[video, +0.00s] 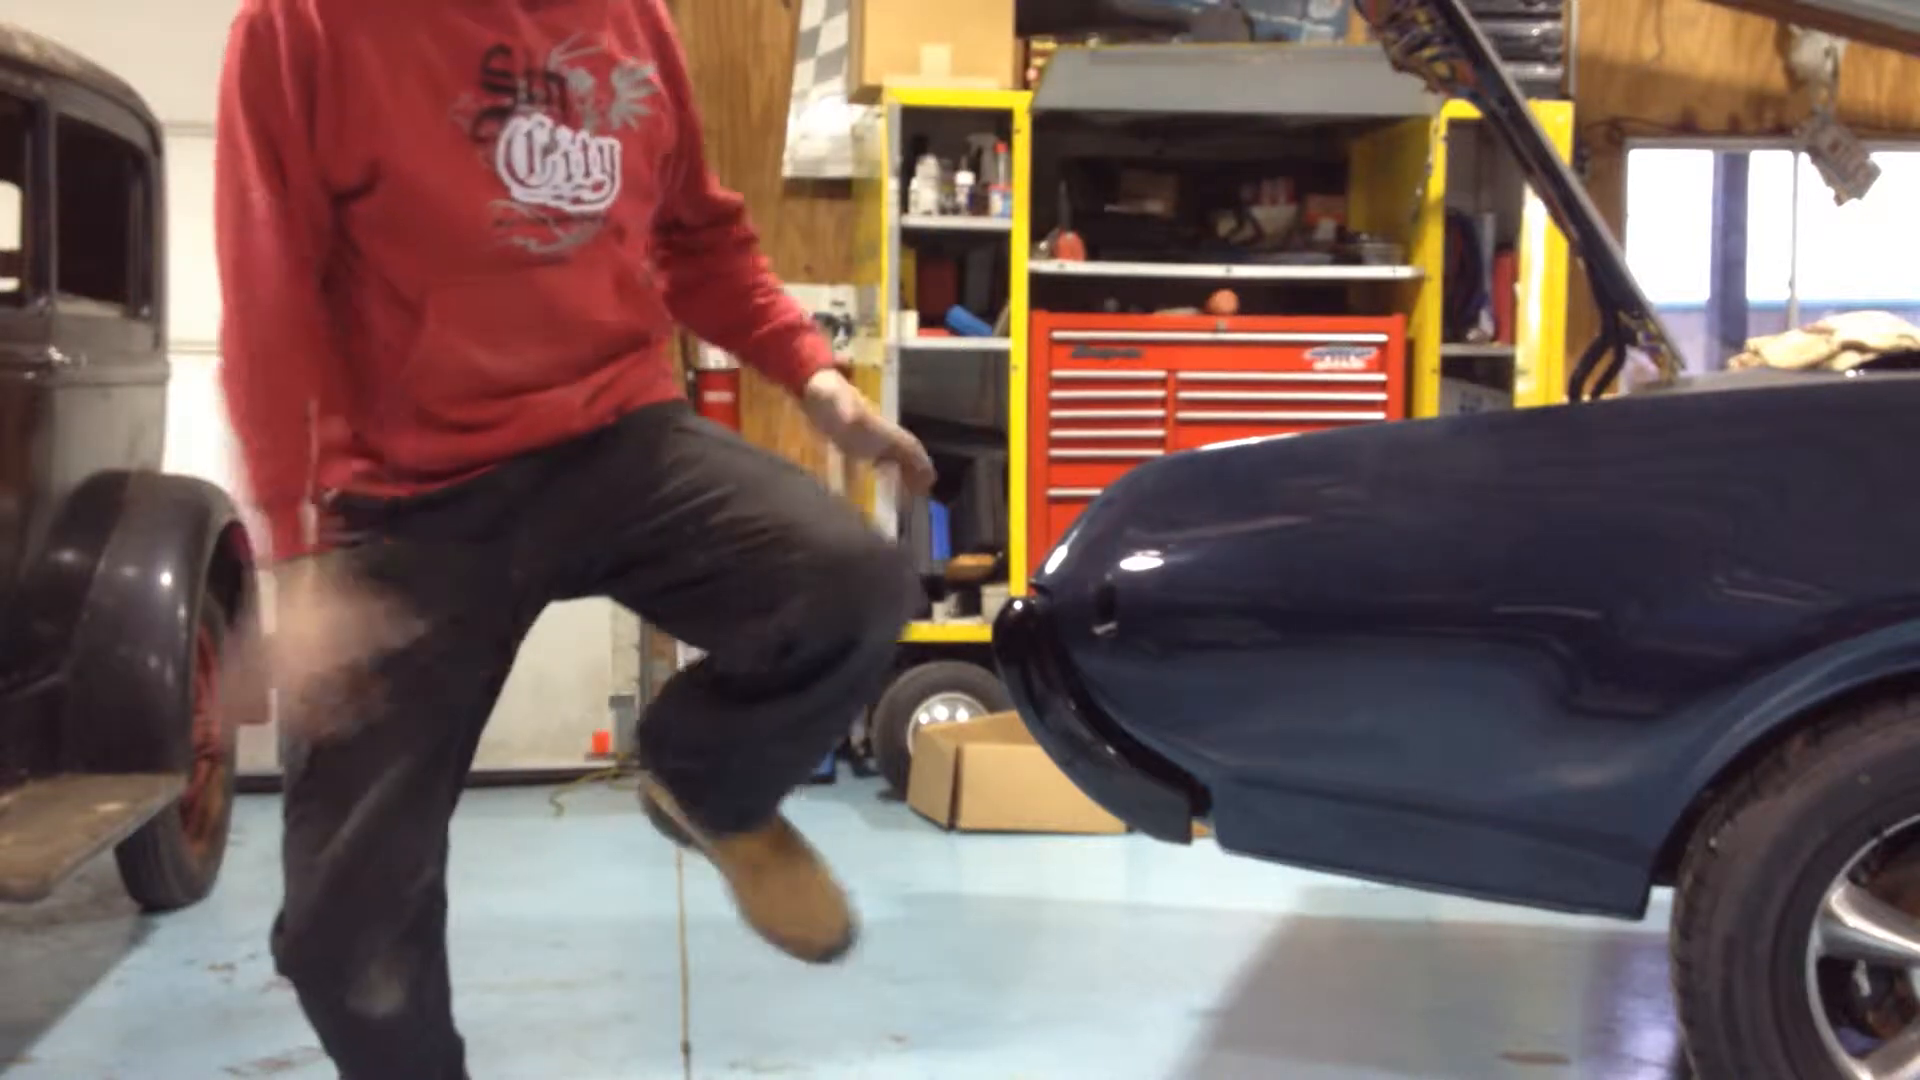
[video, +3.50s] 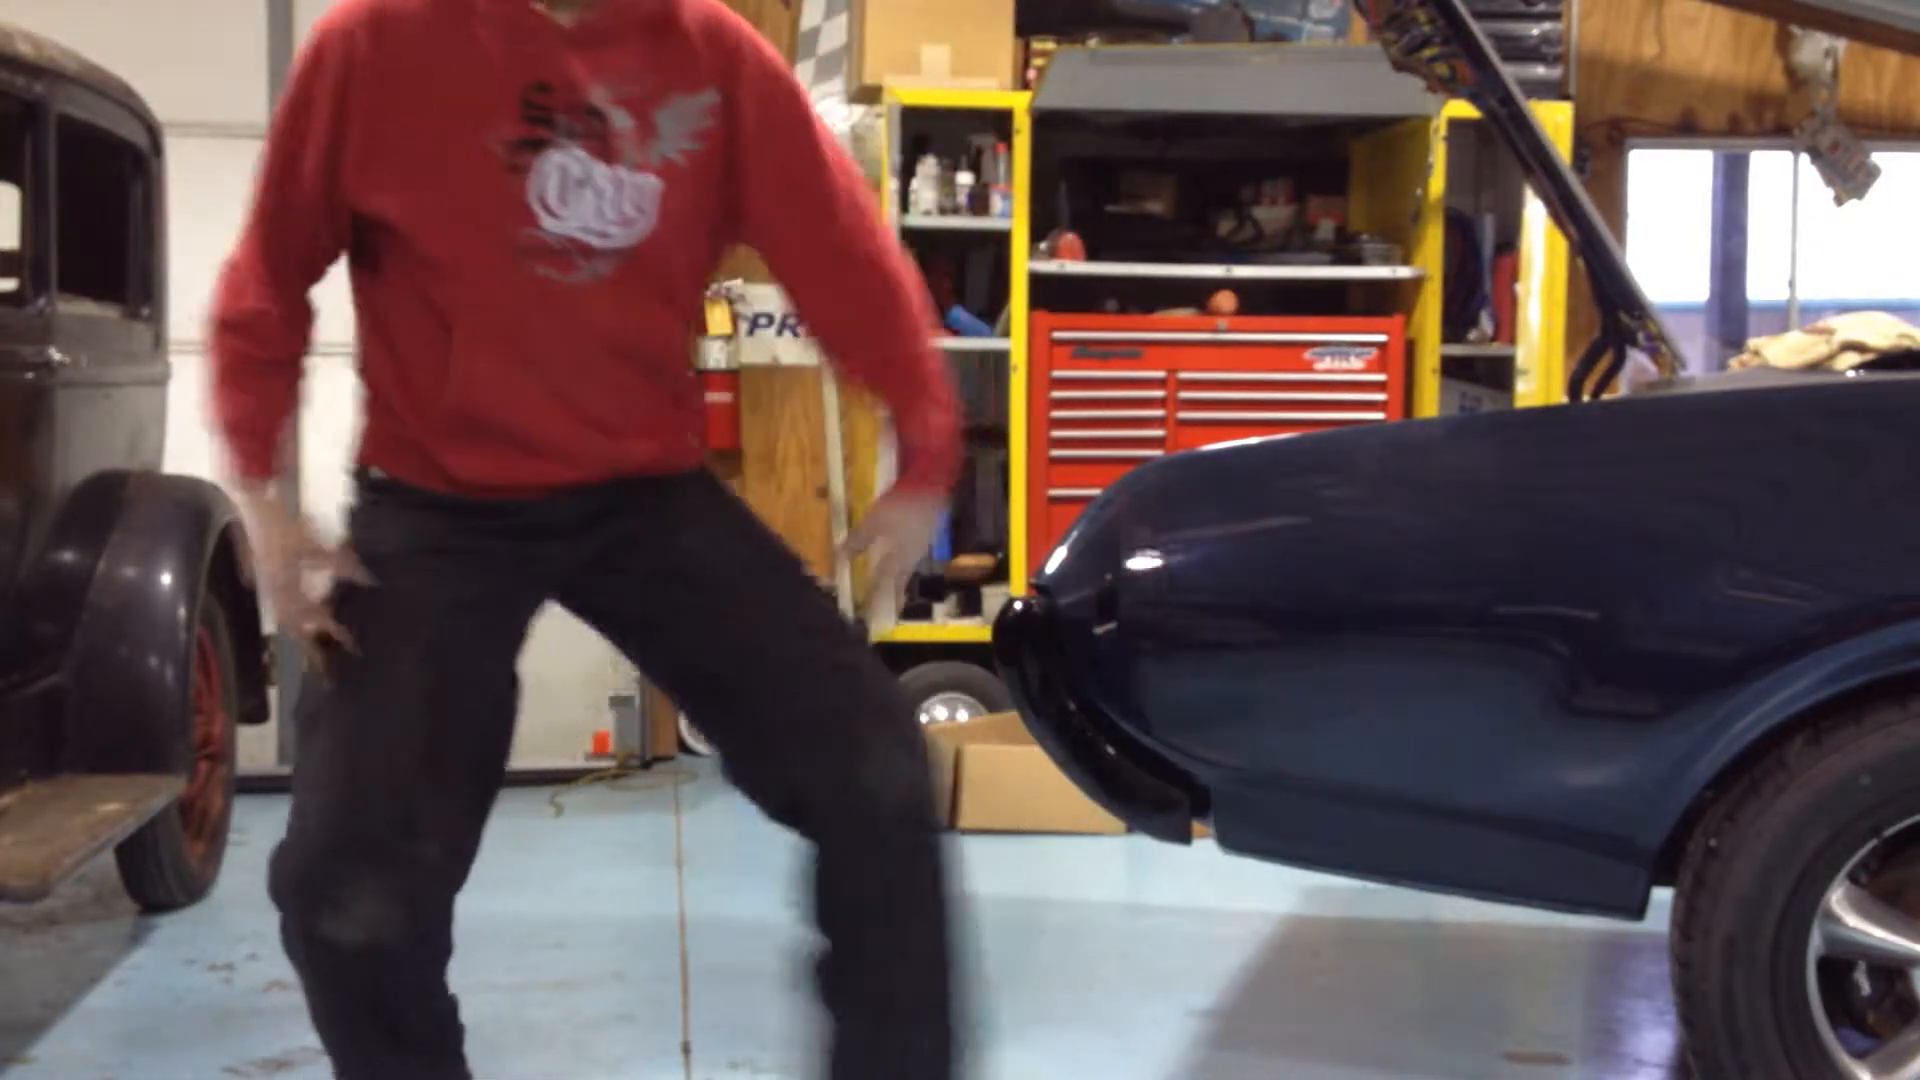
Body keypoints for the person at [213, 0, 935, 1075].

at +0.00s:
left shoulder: (627, 16)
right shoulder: (303, 24)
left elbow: (696, 231)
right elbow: (264, 293)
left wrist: (819, 380)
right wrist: (292, 560)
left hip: (622, 439)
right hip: (403, 504)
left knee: (855, 583)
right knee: (348, 927)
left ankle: (704, 777)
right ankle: (406, 1070)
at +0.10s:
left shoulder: (643, 21)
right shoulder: (311, 31)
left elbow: (710, 239)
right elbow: (240, 302)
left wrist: (780, 400)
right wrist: (167, 564)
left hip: (634, 450)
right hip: (419, 501)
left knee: (887, 638)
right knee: (349, 928)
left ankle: (794, 901)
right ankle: (410, 1065)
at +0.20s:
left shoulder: (675, 29)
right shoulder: (333, 32)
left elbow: (728, 276)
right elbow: (270, 298)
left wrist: (772, 471)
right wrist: (218, 550)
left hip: (655, 484)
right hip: (429, 508)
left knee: (869, 771)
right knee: (352, 913)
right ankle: (416, 1074)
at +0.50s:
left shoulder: (830, 71)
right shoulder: (496, 79)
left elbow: (891, 329)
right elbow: (432, 337)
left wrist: (927, 559)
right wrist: (389, 573)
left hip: (783, 537)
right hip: (553, 536)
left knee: (988, 816)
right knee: (331, 844)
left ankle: (983, 1068)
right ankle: (385, 1072)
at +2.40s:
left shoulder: (969, 135)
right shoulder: (637, 123)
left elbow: (1026, 384)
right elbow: (566, 365)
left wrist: (1039, 601)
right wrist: (509, 561)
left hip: (892, 581)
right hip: (668, 564)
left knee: (1083, 857)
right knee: (401, 812)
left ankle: (985, 1073)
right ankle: (390, 1071)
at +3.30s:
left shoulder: (827, 110)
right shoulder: (499, 100)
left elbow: (908, 352)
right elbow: (429, 342)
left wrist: (932, 560)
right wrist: (396, 556)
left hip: (758, 551)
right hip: (536, 556)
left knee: (995, 810)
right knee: (351, 883)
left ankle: (990, 1065)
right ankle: (419, 1070)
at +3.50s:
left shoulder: (713, 55)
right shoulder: (375, 41)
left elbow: (845, 254)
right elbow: (265, 272)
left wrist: (924, 465)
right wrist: (260, 497)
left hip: (651, 500)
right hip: (433, 513)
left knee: (876, 780)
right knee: (351, 896)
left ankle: (893, 1067)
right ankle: (413, 1073)